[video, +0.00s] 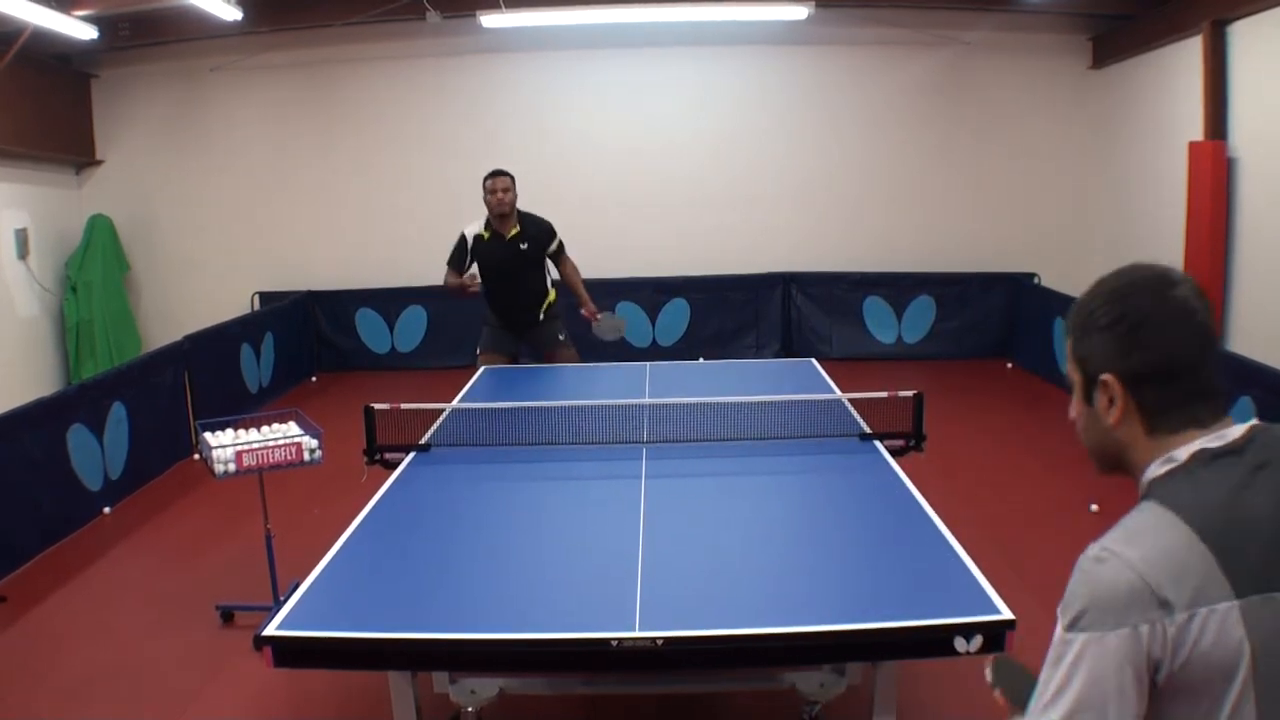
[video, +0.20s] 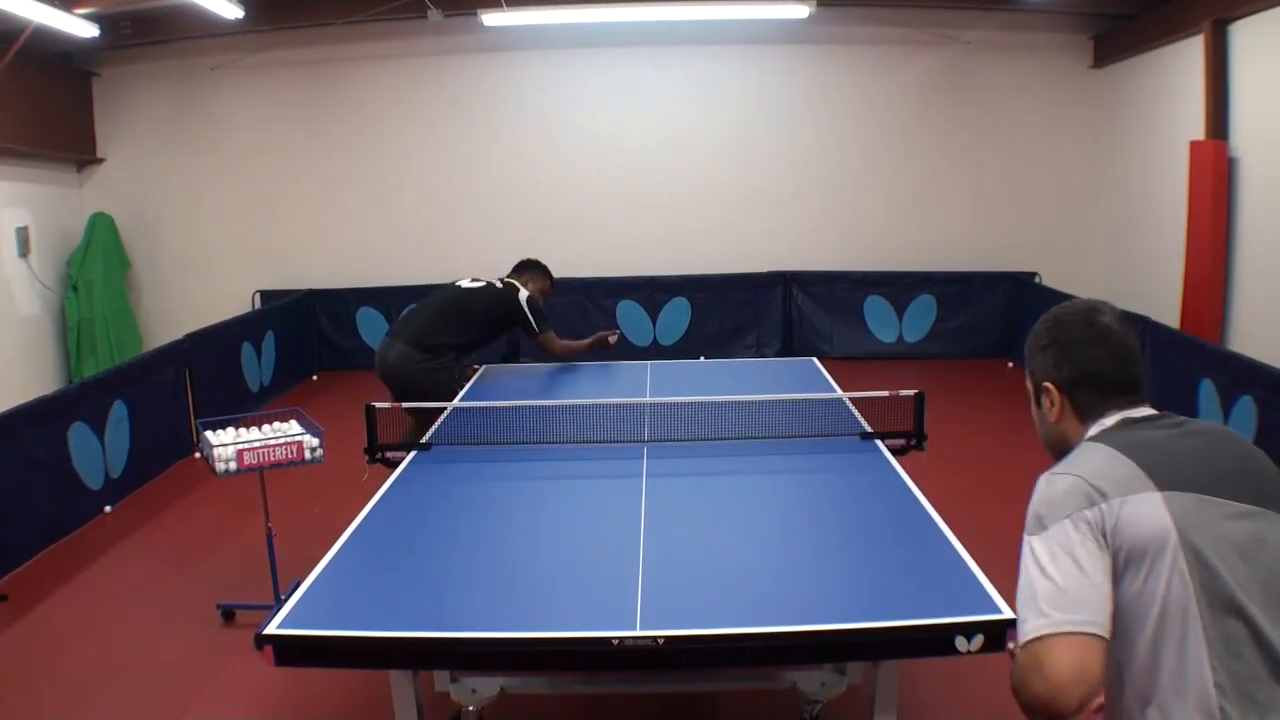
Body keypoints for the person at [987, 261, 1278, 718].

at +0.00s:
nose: (1071, 411)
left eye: (1075, 388)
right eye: (1072, 388)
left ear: (1111, 399)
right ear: (1202, 369)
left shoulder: (1128, 571)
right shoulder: (1270, 449)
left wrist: (1029, 700)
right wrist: (1042, 698)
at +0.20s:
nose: (1033, 412)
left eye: (1031, 398)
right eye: (1030, 397)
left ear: (1051, 401)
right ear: (1135, 380)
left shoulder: (1079, 482)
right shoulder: (1247, 454)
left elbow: (1061, 688)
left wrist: (1027, 658)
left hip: (1168, 710)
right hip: (1270, 704)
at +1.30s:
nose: (1037, 356)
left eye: (1038, 338)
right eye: (1036, 338)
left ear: (1064, 346)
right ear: (1141, 330)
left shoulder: (1087, 459)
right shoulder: (1235, 432)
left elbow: (1052, 665)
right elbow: (1263, 598)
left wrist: (975, 623)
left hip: (1142, 708)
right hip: (1261, 701)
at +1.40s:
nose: (1028, 336)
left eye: (1028, 318)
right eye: (1027, 319)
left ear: (1052, 321)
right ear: (1131, 308)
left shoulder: (1069, 434)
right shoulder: (1232, 412)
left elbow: (1013, 631)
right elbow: (1268, 571)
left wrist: (941, 597)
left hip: (1131, 705)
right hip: (1252, 697)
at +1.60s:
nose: (1022, 336)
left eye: (1023, 318)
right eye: (1022, 318)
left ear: (1050, 322)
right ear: (1119, 305)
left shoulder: (1066, 430)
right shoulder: (1213, 401)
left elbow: (957, 594)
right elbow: (1259, 540)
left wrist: (906, 572)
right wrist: (1155, 560)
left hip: (1113, 705)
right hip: (1231, 698)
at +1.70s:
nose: (993, 339)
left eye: (992, 321)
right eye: (991, 321)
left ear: (1018, 322)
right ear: (1086, 306)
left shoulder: (1038, 419)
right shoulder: (1182, 397)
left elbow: (904, 565)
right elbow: (1232, 522)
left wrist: (879, 569)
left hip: (1092, 697)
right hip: (1205, 694)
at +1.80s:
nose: (942, 345)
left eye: (941, 330)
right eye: (939, 330)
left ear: (962, 327)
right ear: (1037, 312)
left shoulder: (978, 414)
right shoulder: (1136, 395)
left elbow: (826, 535)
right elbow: (1202, 507)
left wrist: (849, 575)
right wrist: (1116, 551)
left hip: (1047, 693)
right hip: (1163, 685)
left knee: (960, 702)